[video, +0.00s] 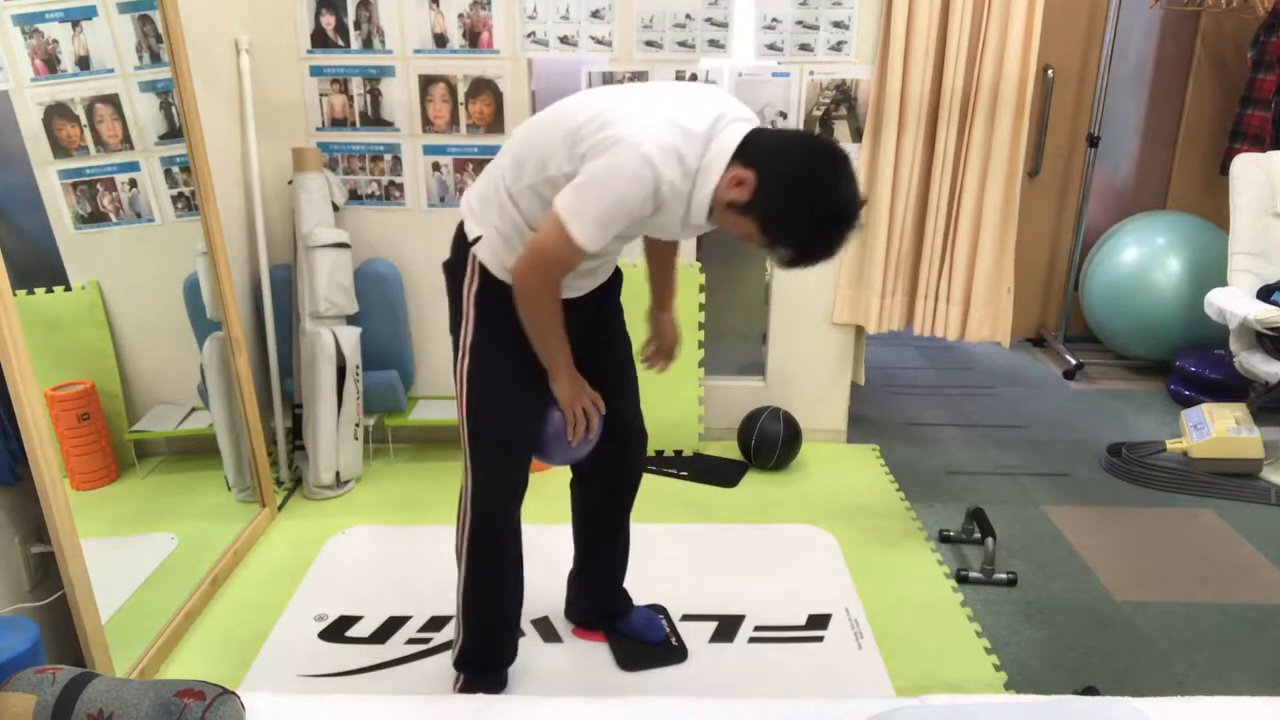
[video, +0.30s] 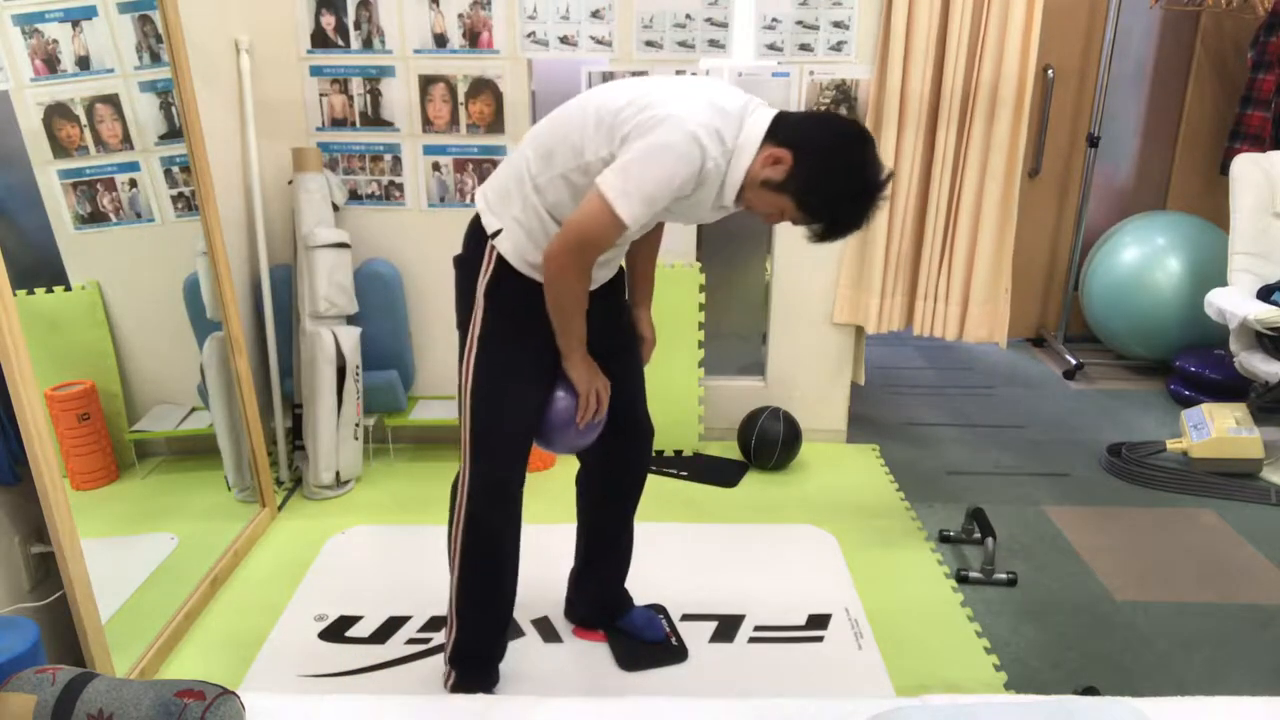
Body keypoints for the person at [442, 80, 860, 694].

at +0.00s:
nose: (745, 246)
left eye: (759, 245)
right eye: (755, 239)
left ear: (743, 178)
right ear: (739, 188)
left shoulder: (736, 140)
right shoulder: (641, 162)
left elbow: (668, 211)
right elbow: (531, 274)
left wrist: (663, 308)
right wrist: (563, 375)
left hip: (589, 266)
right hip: (501, 262)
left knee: (618, 441)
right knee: (498, 474)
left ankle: (597, 600)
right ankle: (482, 664)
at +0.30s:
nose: (777, 224)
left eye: (790, 222)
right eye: (788, 214)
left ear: (777, 159)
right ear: (776, 163)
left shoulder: (740, 143)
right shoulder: (679, 145)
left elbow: (649, 210)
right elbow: (565, 255)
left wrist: (640, 306)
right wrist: (575, 356)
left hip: (596, 267)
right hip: (514, 255)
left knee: (624, 437)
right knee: (494, 465)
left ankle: (597, 600)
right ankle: (471, 664)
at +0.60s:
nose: (793, 211)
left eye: (808, 208)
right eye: (806, 200)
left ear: (796, 149)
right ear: (795, 151)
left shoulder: (747, 141)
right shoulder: (709, 136)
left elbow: (640, 217)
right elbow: (595, 251)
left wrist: (634, 303)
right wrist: (579, 361)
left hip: (593, 264)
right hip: (520, 251)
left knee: (621, 438)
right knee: (503, 462)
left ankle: (597, 600)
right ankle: (471, 664)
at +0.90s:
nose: (800, 182)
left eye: (816, 178)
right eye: (816, 171)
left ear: (806, 118)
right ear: (809, 123)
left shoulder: (748, 120)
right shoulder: (725, 111)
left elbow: (632, 211)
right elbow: (610, 223)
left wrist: (627, 298)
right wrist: (604, 353)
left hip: (588, 256)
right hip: (526, 247)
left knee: (613, 445)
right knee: (532, 466)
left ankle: (596, 601)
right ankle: (503, 658)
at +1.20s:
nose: (793, 147)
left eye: (810, 141)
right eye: (808, 132)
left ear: (794, 78)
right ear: (794, 80)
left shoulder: (731, 94)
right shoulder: (703, 82)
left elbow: (623, 183)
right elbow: (567, 176)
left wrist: (623, 280)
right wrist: (583, 323)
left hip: (588, 259)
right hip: (532, 257)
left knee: (610, 444)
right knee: (565, 464)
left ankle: (604, 601)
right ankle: (555, 665)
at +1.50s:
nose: (778, 88)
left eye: (793, 78)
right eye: (788, 71)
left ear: (761, 17)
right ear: (762, 21)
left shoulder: (700, 44)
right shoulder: (666, 63)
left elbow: (603, 171)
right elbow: (545, 187)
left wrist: (611, 261)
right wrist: (541, 339)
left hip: (586, 276)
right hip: (539, 282)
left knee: (618, 435)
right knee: (576, 471)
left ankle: (594, 595)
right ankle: (554, 669)